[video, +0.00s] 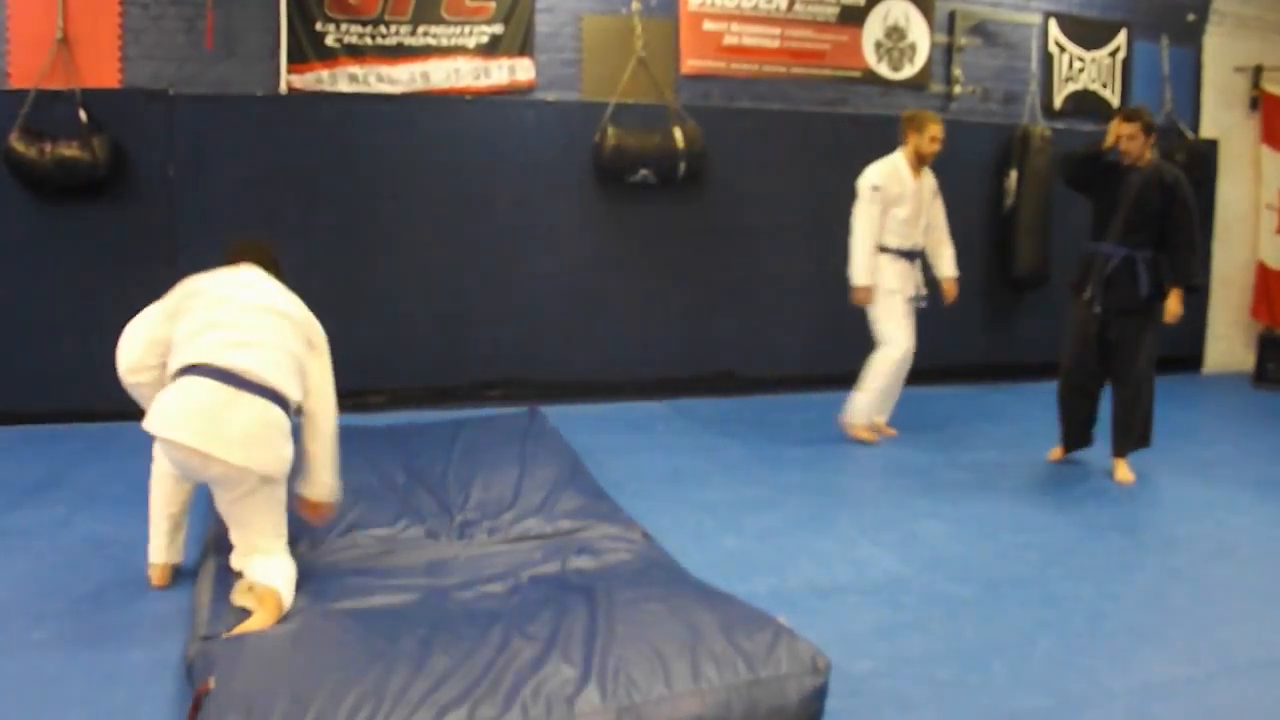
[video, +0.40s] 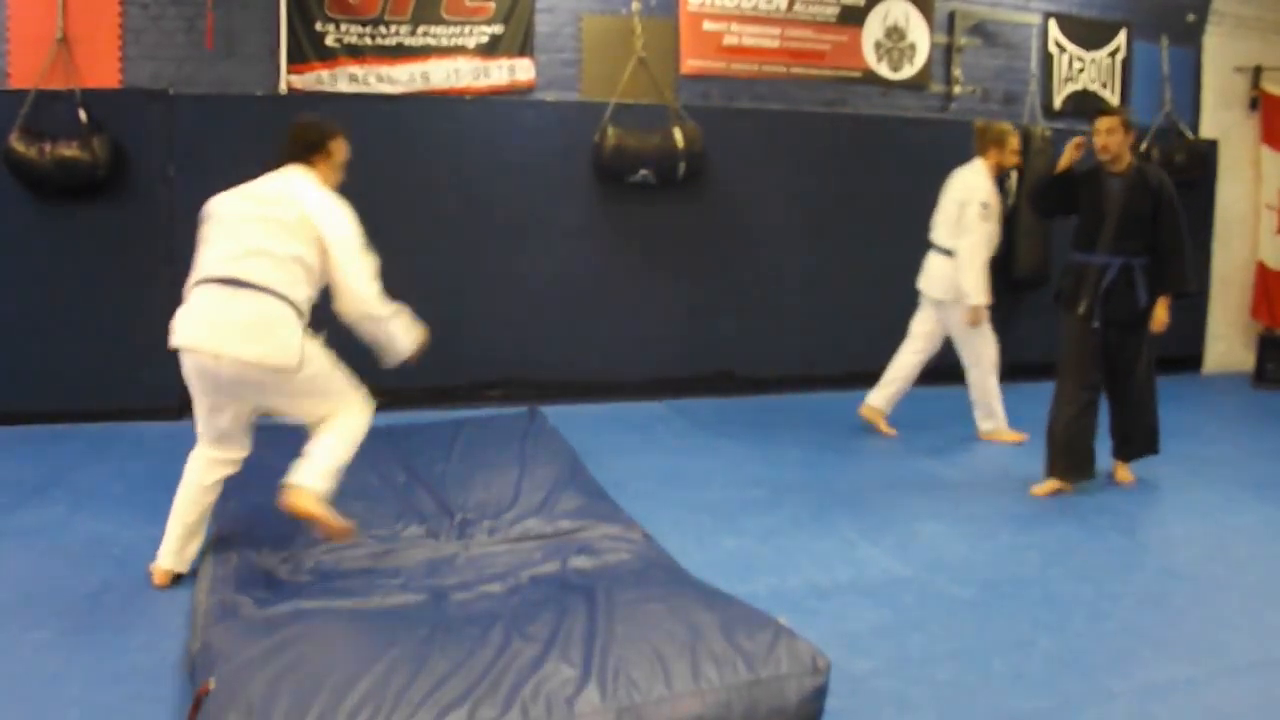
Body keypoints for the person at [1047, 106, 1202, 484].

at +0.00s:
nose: (1123, 146)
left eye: (1130, 139)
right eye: (1119, 139)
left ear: (1148, 140)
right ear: (1114, 141)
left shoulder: (1169, 181)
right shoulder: (1107, 172)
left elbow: (1181, 240)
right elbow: (1072, 174)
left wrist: (1176, 290)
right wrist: (1102, 147)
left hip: (1140, 284)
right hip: (1097, 279)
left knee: (1133, 371)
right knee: (1078, 363)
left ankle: (1121, 453)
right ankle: (1072, 439)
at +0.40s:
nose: (1102, 141)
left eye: (1110, 133)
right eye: (1097, 134)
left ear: (1128, 137)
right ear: (1091, 139)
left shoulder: (1154, 183)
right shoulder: (1085, 179)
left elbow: (1170, 244)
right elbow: (1043, 204)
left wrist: (1164, 298)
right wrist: (1061, 168)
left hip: (1132, 292)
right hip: (1085, 288)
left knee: (1128, 376)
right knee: (1074, 379)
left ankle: (1123, 458)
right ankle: (1063, 471)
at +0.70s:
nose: (1075, 128)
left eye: (1083, 120)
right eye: (1070, 122)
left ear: (1104, 123)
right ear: (1066, 129)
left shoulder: (1134, 173)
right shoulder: (1058, 178)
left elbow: (1159, 233)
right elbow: (1039, 243)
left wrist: (1153, 286)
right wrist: (1027, 223)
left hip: (1121, 288)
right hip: (1070, 288)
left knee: (1127, 381)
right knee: (1065, 381)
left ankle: (1125, 451)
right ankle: (1062, 473)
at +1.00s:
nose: (1080, 126)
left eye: (1089, 119)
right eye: (1077, 119)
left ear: (1113, 126)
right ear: (1074, 126)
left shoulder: (1141, 176)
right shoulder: (1067, 177)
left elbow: (1157, 243)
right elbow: (1041, 225)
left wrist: (1144, 296)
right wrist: (1022, 227)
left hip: (1121, 295)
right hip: (1072, 292)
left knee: (1123, 392)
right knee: (1063, 387)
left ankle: (1124, 486)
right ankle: (1057, 473)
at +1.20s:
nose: (1099, 121)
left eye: (1108, 114)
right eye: (1095, 115)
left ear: (1131, 120)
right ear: (1092, 124)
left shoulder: (1158, 175)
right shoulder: (1081, 173)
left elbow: (1170, 244)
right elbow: (1060, 237)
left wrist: (1155, 299)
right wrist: (1049, 213)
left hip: (1128, 297)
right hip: (1078, 292)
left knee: (1122, 394)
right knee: (1064, 386)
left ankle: (1120, 493)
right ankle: (1059, 472)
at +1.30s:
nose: (1106, 121)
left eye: (1115, 113)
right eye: (1104, 114)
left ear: (1140, 119)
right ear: (1103, 122)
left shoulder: (1167, 175)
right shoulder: (1094, 170)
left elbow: (1176, 247)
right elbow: (1070, 226)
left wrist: (1163, 304)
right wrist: (1050, 217)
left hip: (1134, 298)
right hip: (1086, 292)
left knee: (1126, 398)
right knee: (1069, 389)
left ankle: (1120, 495)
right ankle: (1061, 474)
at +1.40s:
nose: (1111, 119)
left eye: (1120, 112)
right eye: (1108, 113)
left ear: (1145, 119)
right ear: (1107, 122)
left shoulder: (1171, 176)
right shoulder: (1096, 171)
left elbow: (1183, 247)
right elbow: (1073, 234)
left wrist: (1172, 306)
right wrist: (1063, 199)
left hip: (1139, 296)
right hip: (1091, 289)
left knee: (1130, 398)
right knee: (1075, 390)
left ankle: (1120, 497)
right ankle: (1059, 476)